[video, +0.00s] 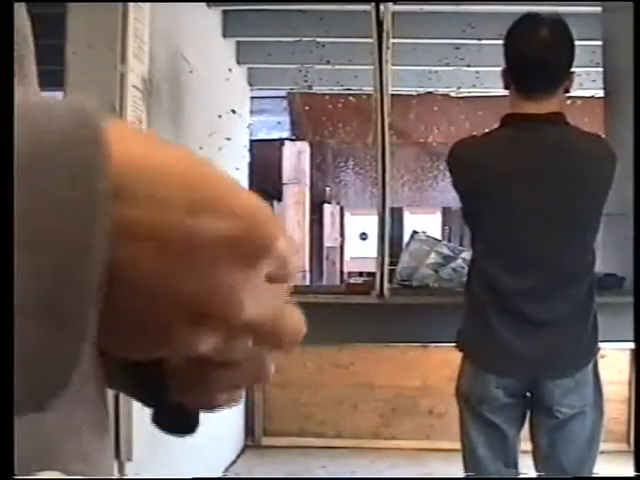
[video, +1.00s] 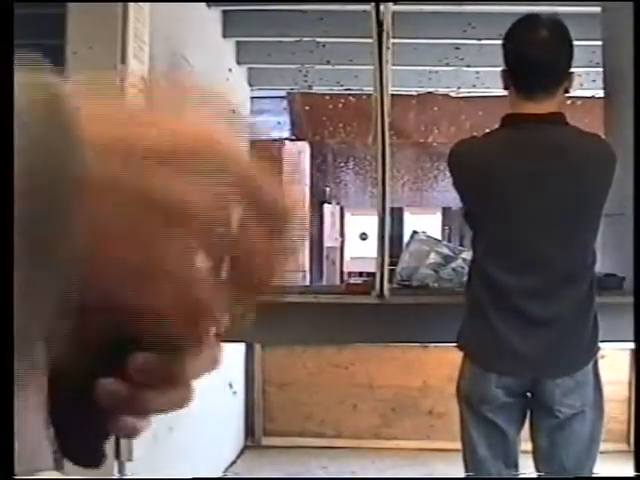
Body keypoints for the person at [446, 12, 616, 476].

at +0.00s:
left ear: (505, 79)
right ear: (569, 81)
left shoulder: (467, 157)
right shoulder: (599, 157)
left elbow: (487, 223)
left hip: (490, 357)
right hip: (568, 360)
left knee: (489, 472)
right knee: (568, 472)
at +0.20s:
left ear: (505, 79)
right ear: (569, 80)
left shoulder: (467, 158)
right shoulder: (599, 156)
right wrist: (549, 118)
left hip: (491, 357)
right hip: (568, 360)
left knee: (489, 472)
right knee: (568, 473)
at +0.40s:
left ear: (505, 79)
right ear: (569, 81)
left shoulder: (468, 157)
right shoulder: (599, 156)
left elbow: (489, 219)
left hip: (491, 357)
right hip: (568, 361)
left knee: (489, 472)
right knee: (568, 473)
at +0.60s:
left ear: (505, 79)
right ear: (569, 81)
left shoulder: (468, 157)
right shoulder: (599, 156)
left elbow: (488, 220)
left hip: (491, 357)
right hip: (568, 360)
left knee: (489, 472)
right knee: (568, 472)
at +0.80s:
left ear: (505, 80)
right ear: (569, 81)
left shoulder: (468, 157)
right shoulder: (599, 156)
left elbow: (486, 221)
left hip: (491, 356)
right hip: (569, 360)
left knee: (489, 472)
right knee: (568, 472)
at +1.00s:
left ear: (505, 80)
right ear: (569, 82)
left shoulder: (468, 158)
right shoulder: (599, 156)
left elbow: (485, 221)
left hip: (491, 357)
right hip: (569, 360)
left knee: (489, 472)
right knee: (568, 472)